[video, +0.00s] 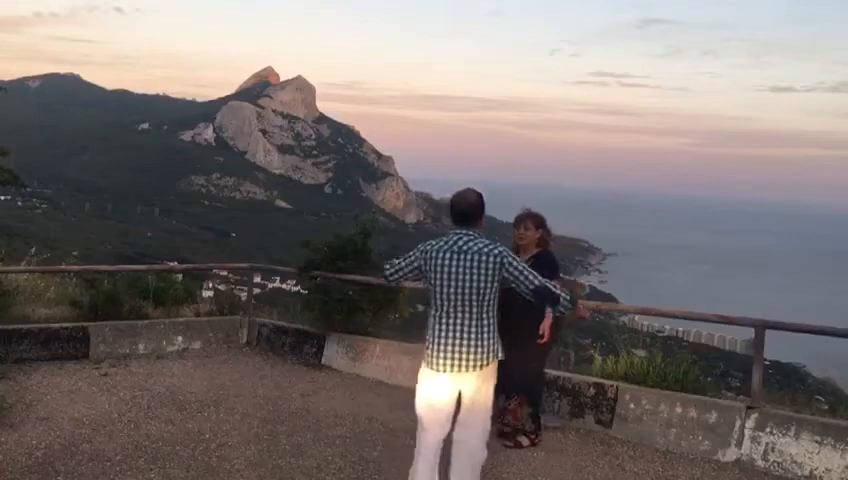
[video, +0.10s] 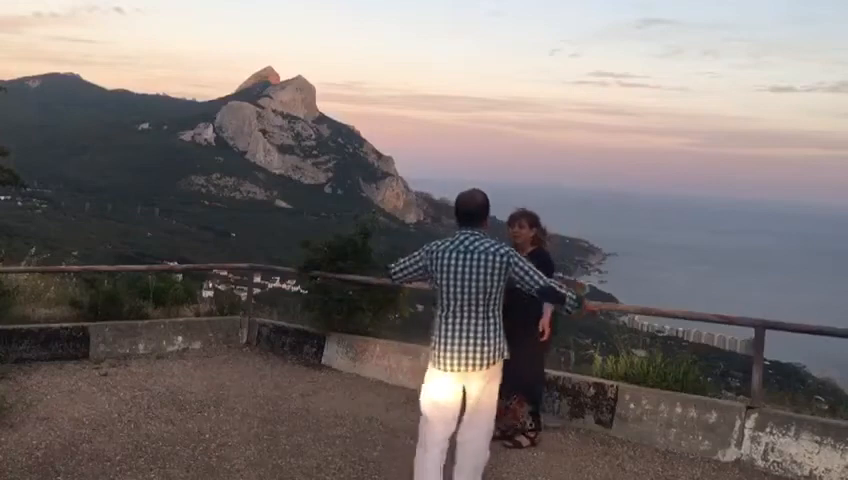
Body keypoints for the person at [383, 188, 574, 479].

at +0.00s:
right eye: (484, 215)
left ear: (450, 216)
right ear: (482, 218)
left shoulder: (430, 249)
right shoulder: (495, 252)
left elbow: (390, 273)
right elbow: (537, 286)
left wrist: (420, 271)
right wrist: (569, 303)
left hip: (439, 355)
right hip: (482, 356)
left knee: (429, 435)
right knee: (471, 436)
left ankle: (423, 475)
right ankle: (464, 475)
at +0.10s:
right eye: (492, 216)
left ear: (455, 216)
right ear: (487, 218)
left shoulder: (436, 249)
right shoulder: (501, 252)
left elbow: (396, 272)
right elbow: (542, 287)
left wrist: (428, 274)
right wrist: (575, 302)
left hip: (445, 352)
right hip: (487, 353)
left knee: (433, 434)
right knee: (475, 435)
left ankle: (428, 475)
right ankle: (466, 475)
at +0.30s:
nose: (504, 227)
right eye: (501, 220)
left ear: (462, 217)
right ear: (494, 218)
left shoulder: (443, 251)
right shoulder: (509, 253)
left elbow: (403, 271)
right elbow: (549, 283)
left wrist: (437, 276)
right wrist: (587, 299)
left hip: (451, 352)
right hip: (493, 354)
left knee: (445, 427)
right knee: (482, 431)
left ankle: (441, 475)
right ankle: (469, 475)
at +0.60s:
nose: (496, 228)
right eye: (497, 222)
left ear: (465, 219)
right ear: (497, 220)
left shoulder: (447, 251)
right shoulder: (514, 252)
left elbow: (405, 264)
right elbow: (556, 279)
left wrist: (441, 275)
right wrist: (594, 290)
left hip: (457, 351)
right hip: (498, 354)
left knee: (451, 423)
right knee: (483, 428)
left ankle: (448, 474)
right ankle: (471, 474)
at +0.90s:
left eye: (467, 215)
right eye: (495, 216)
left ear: (466, 218)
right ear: (497, 219)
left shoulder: (448, 250)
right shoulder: (513, 251)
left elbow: (407, 263)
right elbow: (554, 280)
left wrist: (443, 265)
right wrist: (590, 290)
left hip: (457, 348)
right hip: (497, 350)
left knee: (450, 414)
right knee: (484, 419)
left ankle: (449, 472)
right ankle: (473, 474)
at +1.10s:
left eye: (463, 216)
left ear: (464, 218)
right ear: (494, 220)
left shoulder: (445, 250)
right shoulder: (509, 253)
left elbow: (405, 260)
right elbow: (551, 278)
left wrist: (438, 262)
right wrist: (582, 285)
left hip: (454, 347)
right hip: (494, 349)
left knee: (452, 416)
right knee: (482, 420)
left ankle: (447, 472)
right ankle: (474, 474)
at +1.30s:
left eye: (463, 216)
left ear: (463, 219)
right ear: (493, 220)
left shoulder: (444, 248)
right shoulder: (507, 252)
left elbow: (404, 258)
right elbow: (544, 278)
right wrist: (576, 287)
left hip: (448, 342)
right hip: (488, 345)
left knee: (448, 411)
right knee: (483, 413)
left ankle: (449, 472)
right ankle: (475, 472)